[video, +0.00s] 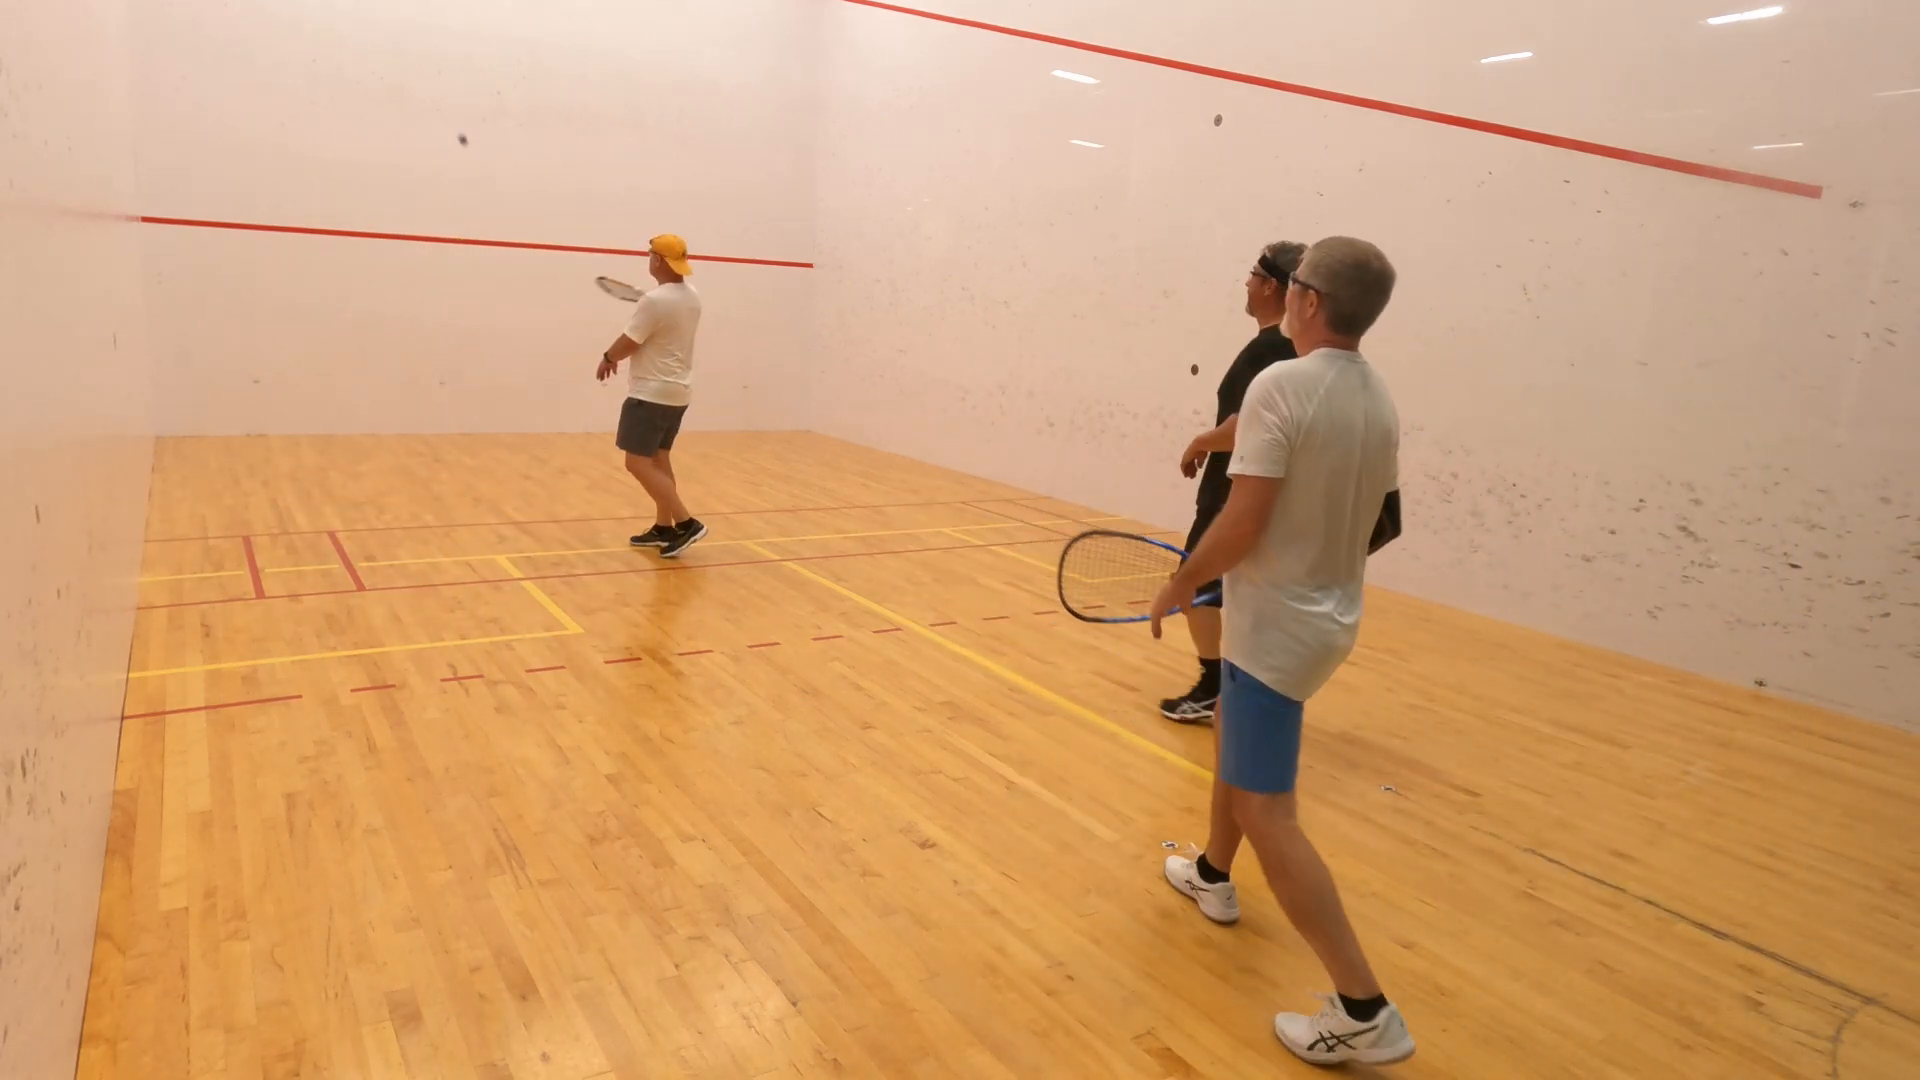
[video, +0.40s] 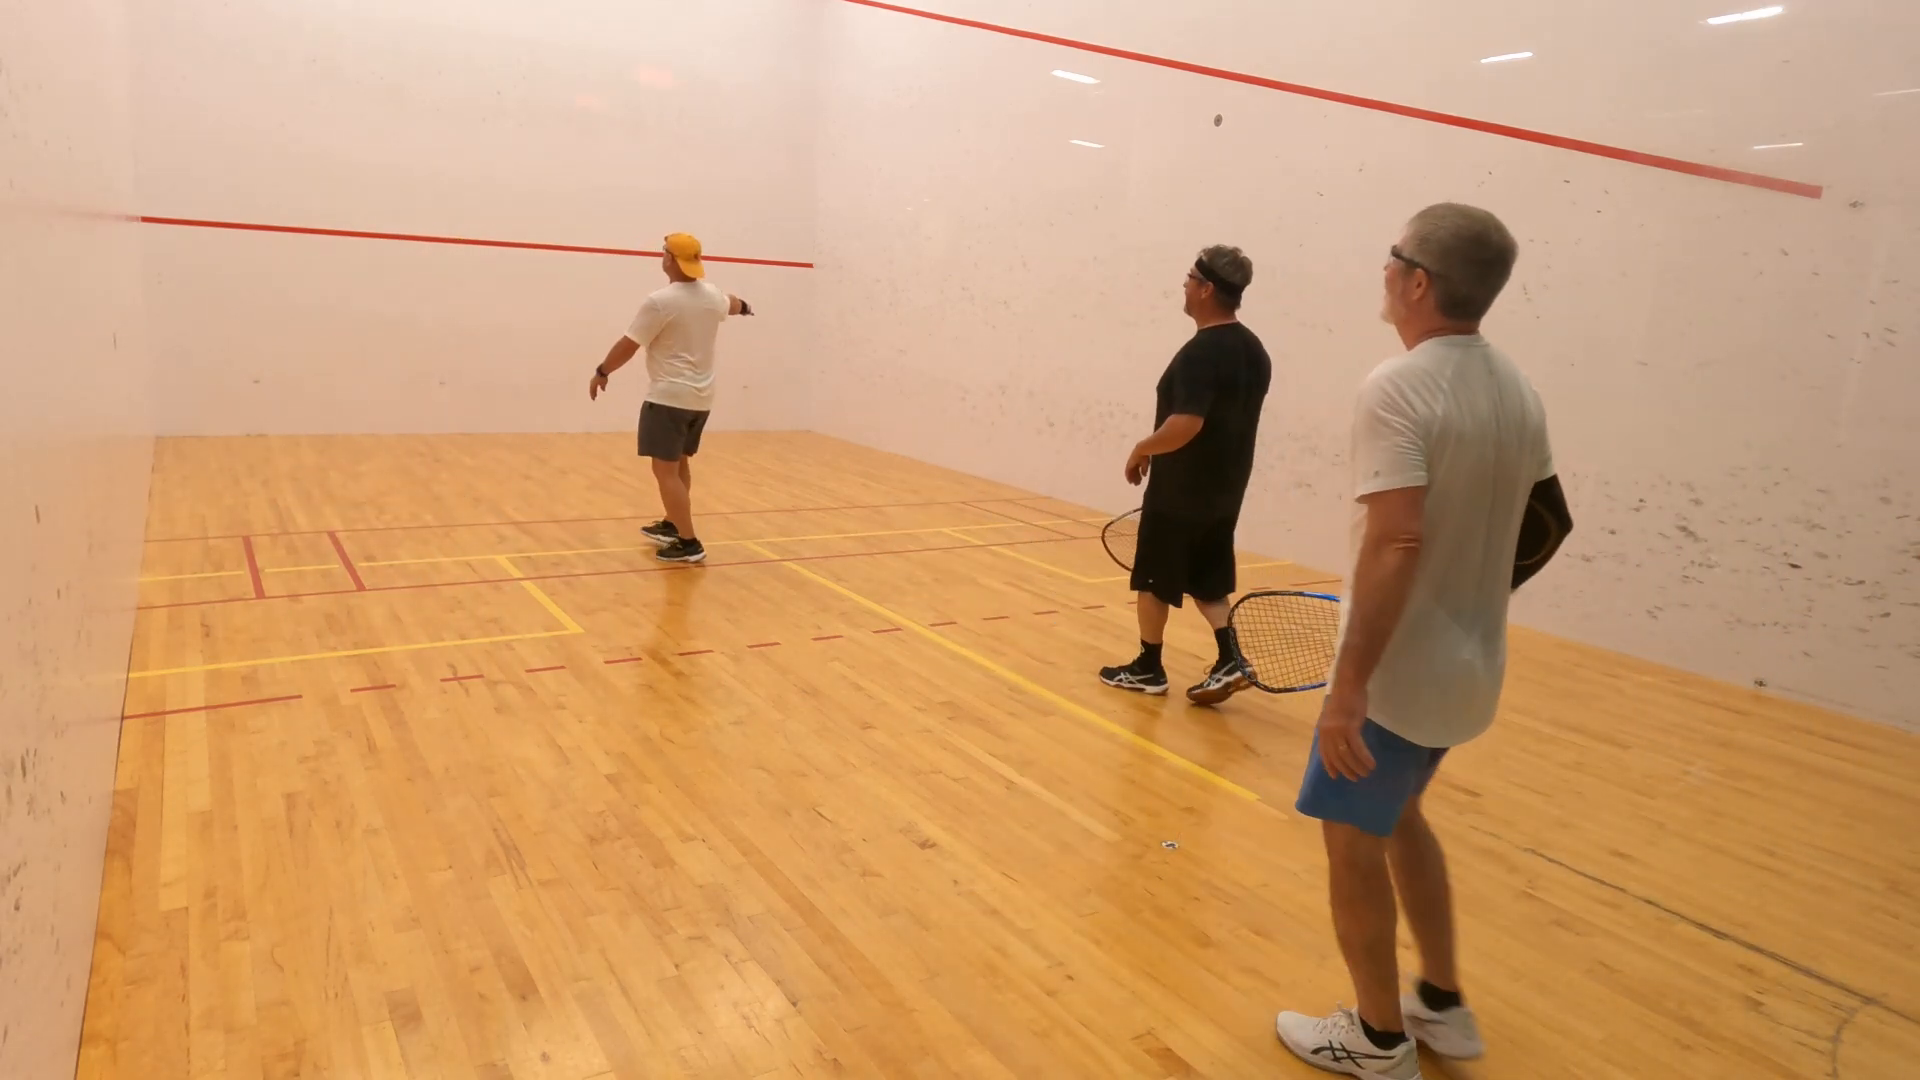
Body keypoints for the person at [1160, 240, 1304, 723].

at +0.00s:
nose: (1246, 283)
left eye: (1256, 276)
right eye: (1252, 274)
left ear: (1274, 289)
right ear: (1282, 292)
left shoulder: (1268, 352)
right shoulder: (1290, 350)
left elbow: (1250, 422)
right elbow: (1258, 420)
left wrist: (1200, 443)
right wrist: (1212, 442)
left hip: (1228, 495)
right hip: (1250, 493)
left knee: (1198, 584)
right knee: (1235, 587)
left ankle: (1212, 684)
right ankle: (1228, 685)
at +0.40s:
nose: (1184, 287)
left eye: (1190, 281)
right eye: (1188, 279)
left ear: (1207, 292)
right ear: (1231, 294)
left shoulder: (1200, 352)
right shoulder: (1254, 352)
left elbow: (1184, 424)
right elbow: (1233, 427)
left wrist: (1142, 449)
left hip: (1179, 492)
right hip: (1222, 495)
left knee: (1153, 576)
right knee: (1207, 576)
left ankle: (1148, 666)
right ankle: (1231, 659)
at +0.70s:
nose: (1158, 284)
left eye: (1165, 278)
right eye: (1162, 276)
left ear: (1185, 289)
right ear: (1198, 289)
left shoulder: (1186, 346)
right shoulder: (1229, 342)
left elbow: (1175, 418)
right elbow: (1234, 409)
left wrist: (1129, 441)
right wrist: (1201, 449)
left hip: (1168, 483)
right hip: (1209, 484)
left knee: (1149, 570)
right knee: (1191, 564)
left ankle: (1148, 665)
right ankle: (1197, 652)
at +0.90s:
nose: (1149, 290)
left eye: (1157, 284)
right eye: (1151, 282)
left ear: (1183, 290)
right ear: (1187, 290)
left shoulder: (1193, 341)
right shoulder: (1214, 335)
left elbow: (1194, 416)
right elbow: (1203, 416)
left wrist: (1138, 445)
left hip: (1173, 482)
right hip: (1203, 480)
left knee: (1154, 571)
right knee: (1198, 565)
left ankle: (1149, 664)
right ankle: (1197, 653)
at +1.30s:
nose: (1135, 310)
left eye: (1141, 301)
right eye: (1134, 300)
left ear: (1170, 299)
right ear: (1170, 299)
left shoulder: (1200, 345)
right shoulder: (1187, 336)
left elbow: (1211, 424)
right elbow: (1189, 415)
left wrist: (1155, 460)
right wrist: (1155, 463)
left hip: (1183, 479)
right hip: (1194, 477)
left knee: (1159, 568)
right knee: (1203, 564)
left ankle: (1150, 665)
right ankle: (1198, 653)